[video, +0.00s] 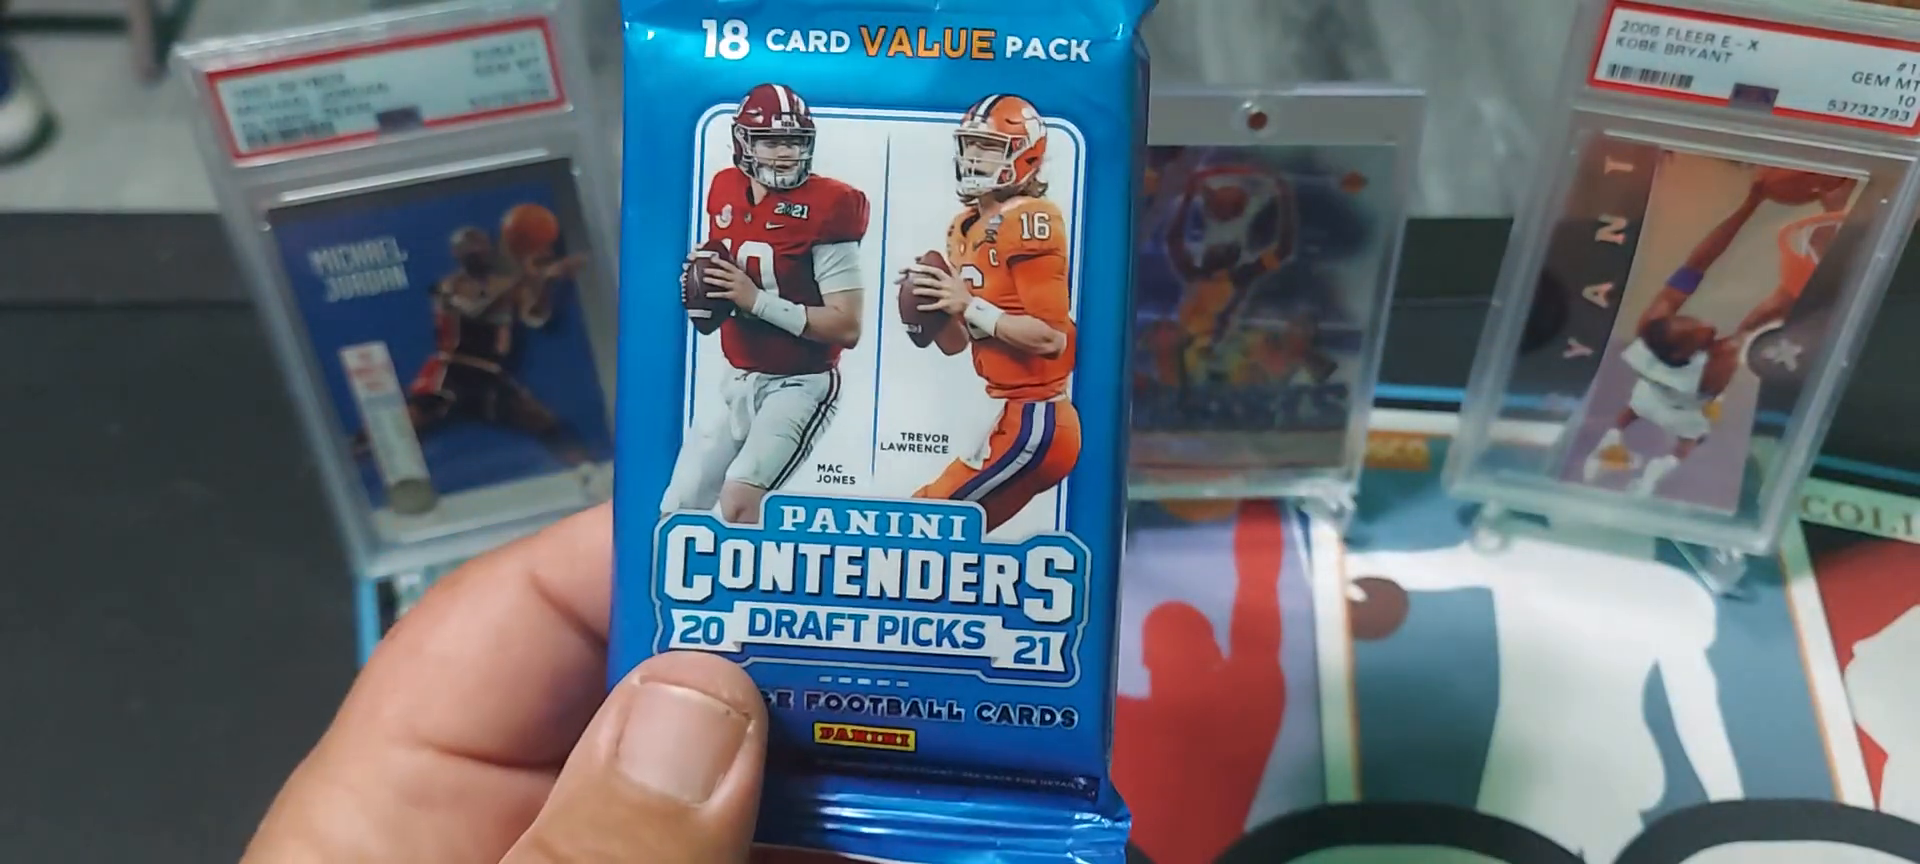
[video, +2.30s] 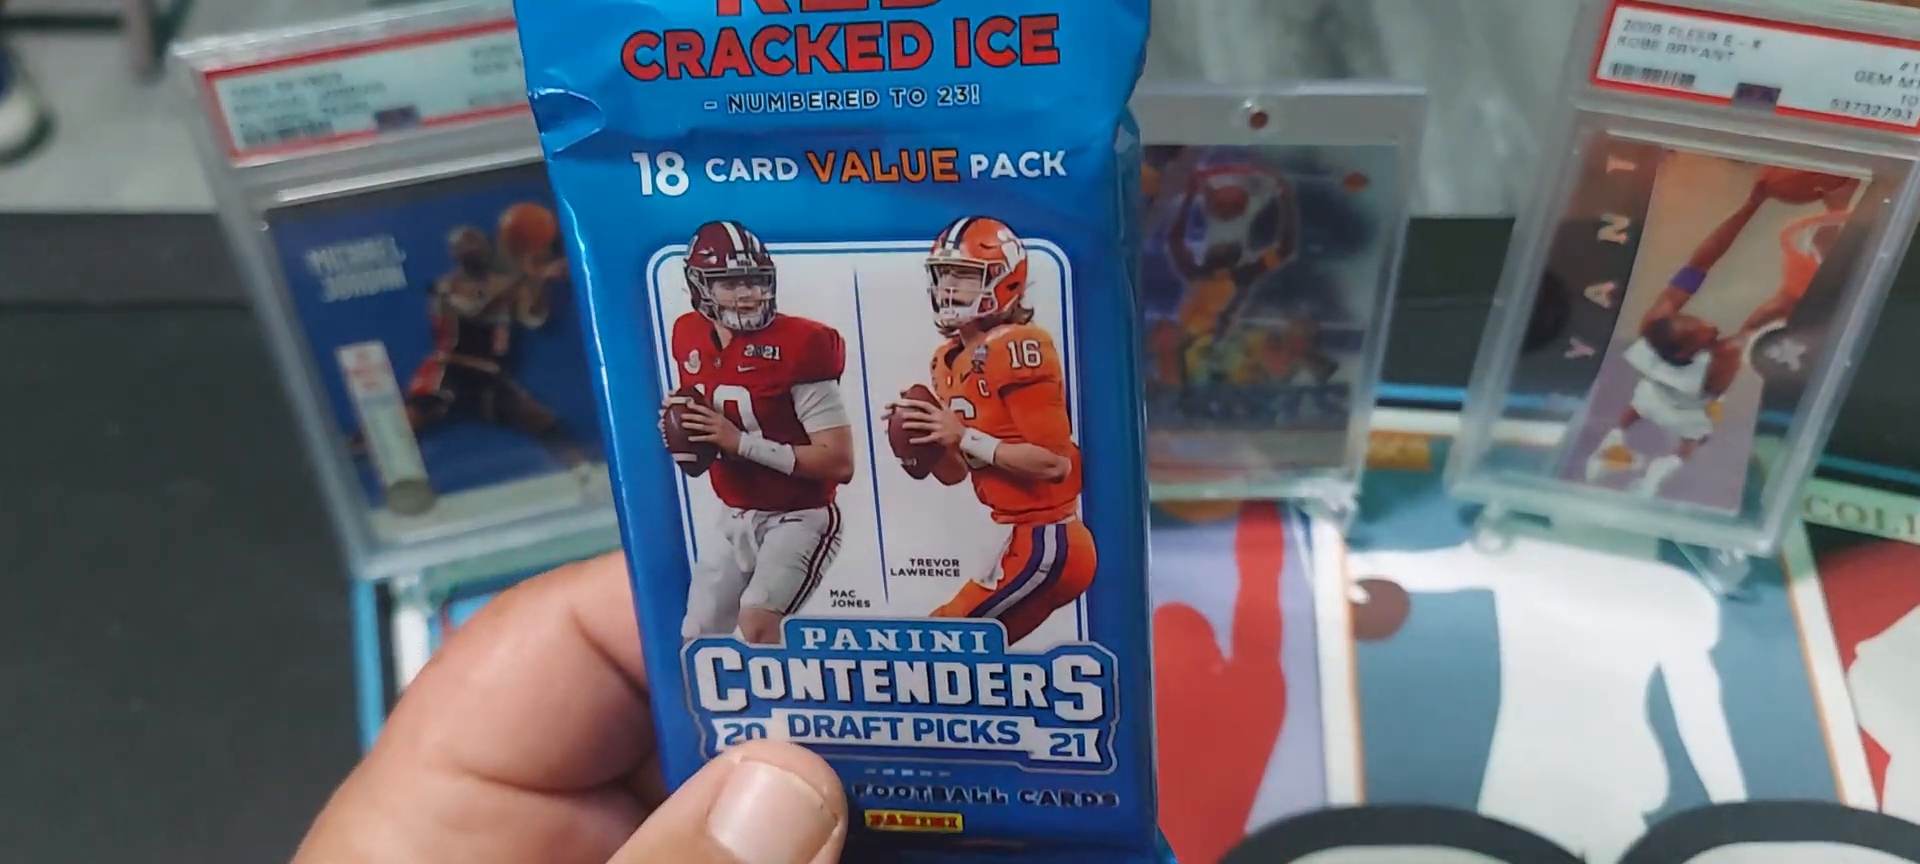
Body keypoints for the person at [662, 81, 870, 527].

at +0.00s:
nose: (785, 153)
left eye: (794, 141)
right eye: (771, 142)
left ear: (808, 144)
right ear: (744, 144)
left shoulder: (830, 205)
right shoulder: (725, 188)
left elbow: (848, 327)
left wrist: (756, 300)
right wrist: (701, 281)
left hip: (802, 383)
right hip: (737, 380)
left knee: (740, 500)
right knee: (679, 507)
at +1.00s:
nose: (745, 194)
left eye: (755, 180)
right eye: (731, 182)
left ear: (771, 181)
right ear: (703, 186)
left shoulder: (806, 246)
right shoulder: (689, 234)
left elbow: (833, 371)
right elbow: (685, 315)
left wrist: (732, 347)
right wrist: (674, 336)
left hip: (794, 432)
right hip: (723, 430)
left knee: (744, 547)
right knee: (681, 564)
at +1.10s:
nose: (714, 214)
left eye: (723, 201)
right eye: (699, 204)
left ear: (738, 204)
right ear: (670, 211)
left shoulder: (774, 266)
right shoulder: (658, 259)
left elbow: (811, 386)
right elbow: (667, 390)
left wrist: (709, 366)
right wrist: (647, 357)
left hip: (774, 445)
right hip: (707, 448)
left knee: (729, 559)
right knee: (670, 578)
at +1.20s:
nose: (728, 178)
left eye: (737, 165)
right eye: (713, 168)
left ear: (753, 166)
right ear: (687, 173)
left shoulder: (784, 228)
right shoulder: (675, 220)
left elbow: (816, 347)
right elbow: (678, 296)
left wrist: (720, 328)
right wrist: (660, 313)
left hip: (779, 409)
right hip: (712, 411)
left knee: (731, 528)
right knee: (669, 546)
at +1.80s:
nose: (759, 214)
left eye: (769, 202)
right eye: (745, 202)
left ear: (784, 203)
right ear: (716, 204)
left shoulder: (815, 266)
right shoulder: (700, 253)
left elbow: (841, 390)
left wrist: (742, 365)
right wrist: (682, 349)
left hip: (800, 450)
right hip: (729, 448)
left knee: (745, 571)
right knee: (686, 581)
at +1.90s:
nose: (728, 246)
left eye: (736, 233)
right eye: (713, 236)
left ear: (751, 235)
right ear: (684, 242)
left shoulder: (788, 298)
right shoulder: (671, 287)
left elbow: (819, 420)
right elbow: (676, 419)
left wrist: (719, 396)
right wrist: (657, 384)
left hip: (782, 476)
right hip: (711, 474)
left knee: (735, 585)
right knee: (675, 601)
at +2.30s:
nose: (745, 293)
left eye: (753, 281)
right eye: (731, 283)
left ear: (768, 283)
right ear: (702, 290)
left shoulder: (803, 344)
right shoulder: (689, 335)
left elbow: (839, 463)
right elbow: (696, 463)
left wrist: (739, 442)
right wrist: (677, 423)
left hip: (801, 517)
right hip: (733, 517)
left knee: (757, 621)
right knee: (699, 638)